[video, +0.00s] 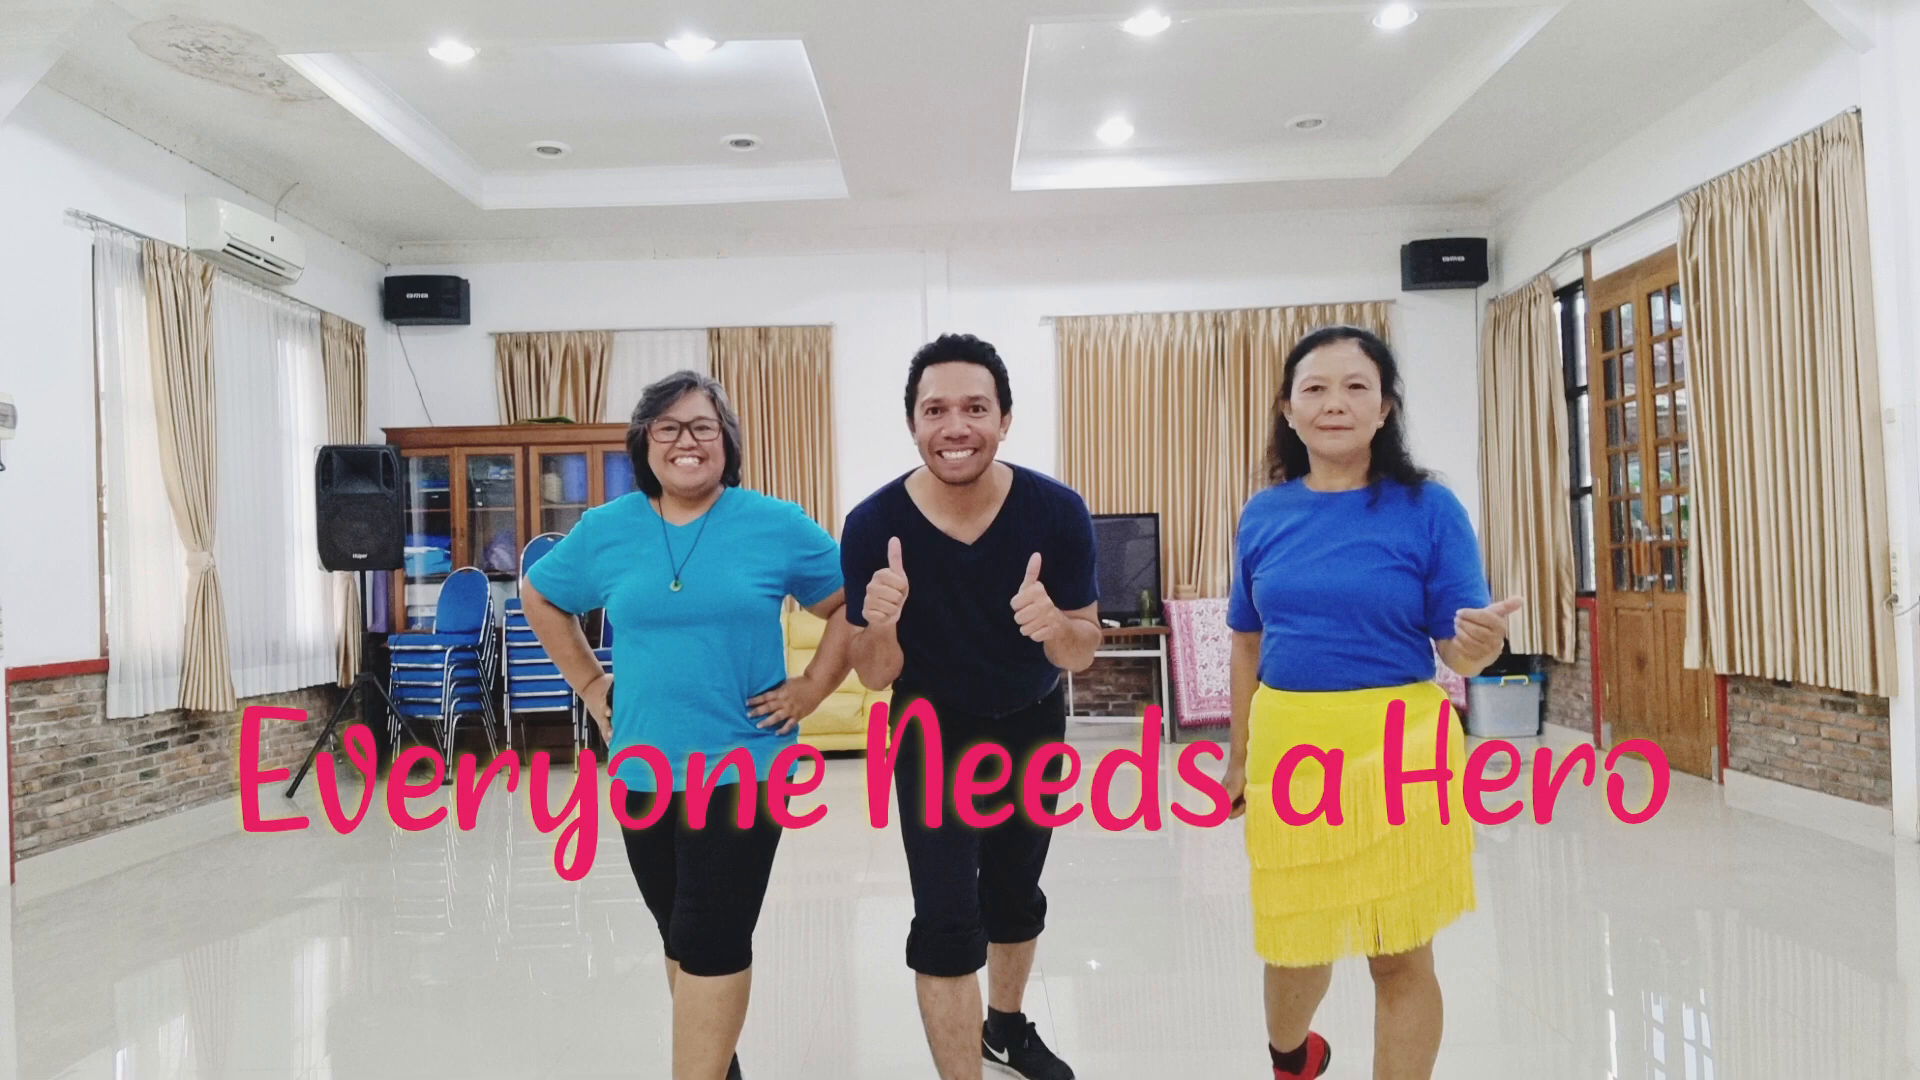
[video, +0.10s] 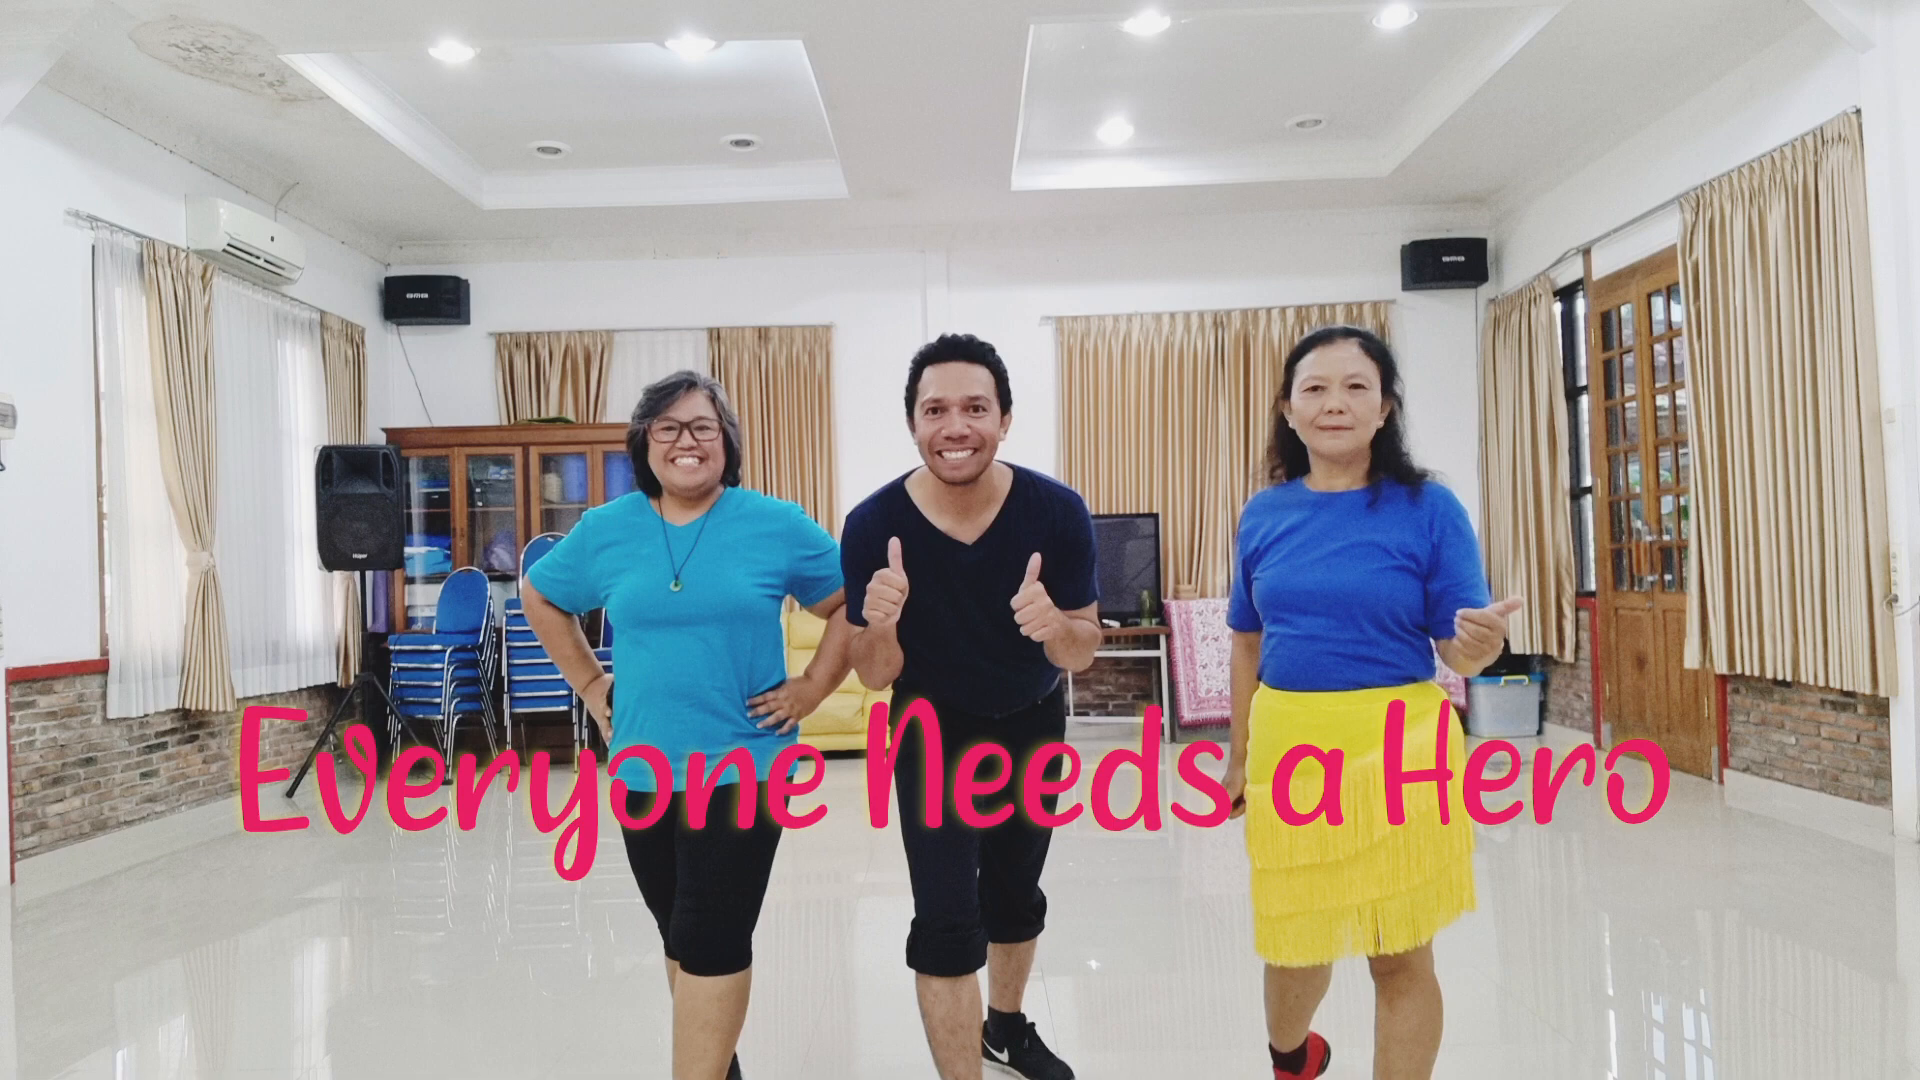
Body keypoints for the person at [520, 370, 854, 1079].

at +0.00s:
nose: (687, 440)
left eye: (702, 428)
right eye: (670, 428)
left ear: (727, 443)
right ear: (645, 446)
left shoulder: (778, 527)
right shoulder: (605, 530)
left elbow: (853, 605)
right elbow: (538, 594)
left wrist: (812, 686)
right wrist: (590, 683)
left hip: (746, 773)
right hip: (643, 775)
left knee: (708, 946)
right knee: (683, 944)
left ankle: (696, 1079)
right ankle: (722, 1070)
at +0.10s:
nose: (687, 440)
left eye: (702, 428)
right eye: (670, 428)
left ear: (727, 443)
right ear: (645, 446)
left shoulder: (778, 527)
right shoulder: (605, 530)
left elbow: (853, 605)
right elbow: (538, 594)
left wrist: (812, 686)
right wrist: (590, 683)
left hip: (746, 773)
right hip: (643, 775)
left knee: (708, 946)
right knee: (683, 944)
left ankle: (696, 1079)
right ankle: (722, 1070)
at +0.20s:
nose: (687, 440)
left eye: (702, 428)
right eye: (670, 428)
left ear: (727, 443)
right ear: (645, 446)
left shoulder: (778, 527)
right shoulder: (605, 530)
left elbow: (853, 605)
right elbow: (538, 594)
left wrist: (812, 686)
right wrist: (590, 683)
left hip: (746, 773)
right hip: (643, 775)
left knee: (708, 946)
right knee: (683, 944)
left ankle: (696, 1079)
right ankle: (722, 1070)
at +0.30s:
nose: (687, 440)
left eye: (702, 428)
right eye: (670, 428)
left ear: (727, 443)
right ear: (645, 446)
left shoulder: (778, 527)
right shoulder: (605, 530)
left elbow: (853, 605)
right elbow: (538, 594)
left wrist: (812, 686)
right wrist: (590, 683)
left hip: (746, 773)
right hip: (643, 775)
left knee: (708, 946)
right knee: (683, 944)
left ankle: (696, 1079)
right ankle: (722, 1070)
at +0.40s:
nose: (687, 440)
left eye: (702, 428)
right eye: (670, 428)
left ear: (727, 443)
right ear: (645, 446)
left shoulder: (778, 527)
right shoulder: (605, 530)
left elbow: (853, 605)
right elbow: (538, 594)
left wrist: (812, 686)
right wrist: (590, 683)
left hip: (746, 773)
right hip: (643, 775)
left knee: (708, 946)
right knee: (683, 944)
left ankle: (696, 1079)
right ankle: (722, 1070)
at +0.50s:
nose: (687, 445)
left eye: (703, 432)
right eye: (670, 433)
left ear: (727, 447)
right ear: (645, 450)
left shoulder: (779, 532)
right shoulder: (606, 535)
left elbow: (852, 611)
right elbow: (537, 598)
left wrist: (812, 690)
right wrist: (590, 686)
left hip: (746, 777)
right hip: (643, 779)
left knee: (708, 950)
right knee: (683, 948)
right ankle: (721, 1070)